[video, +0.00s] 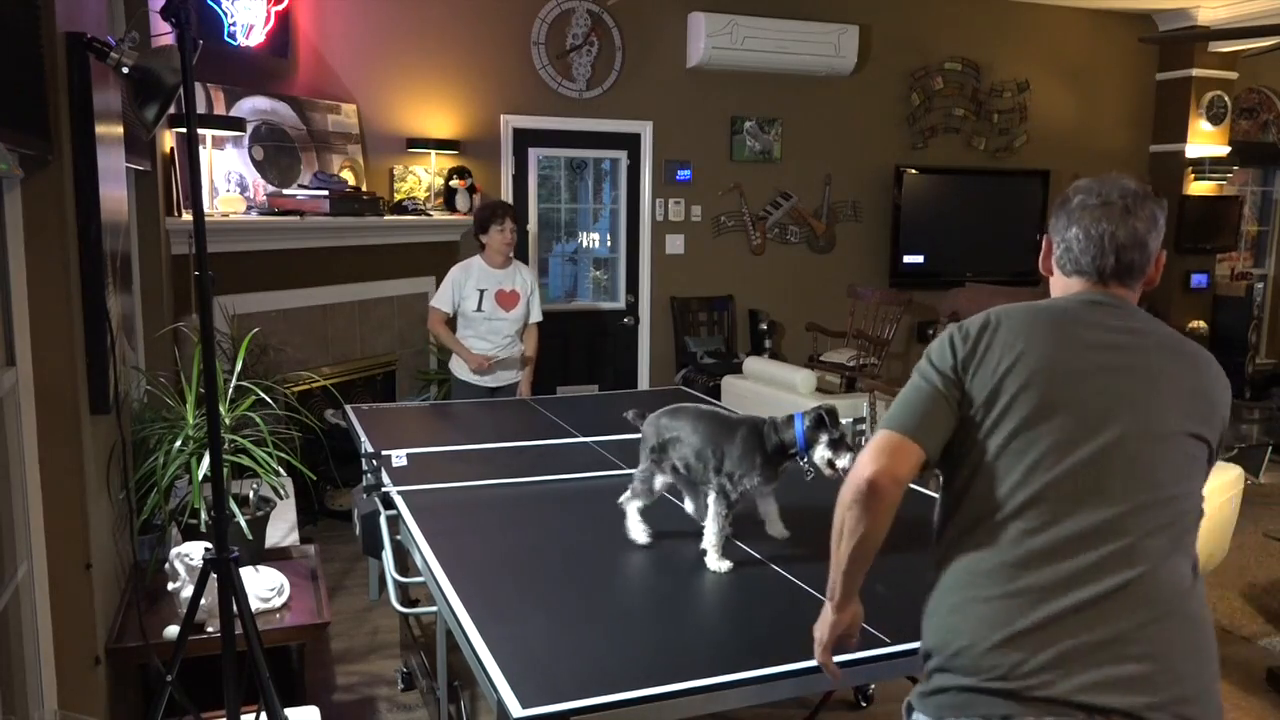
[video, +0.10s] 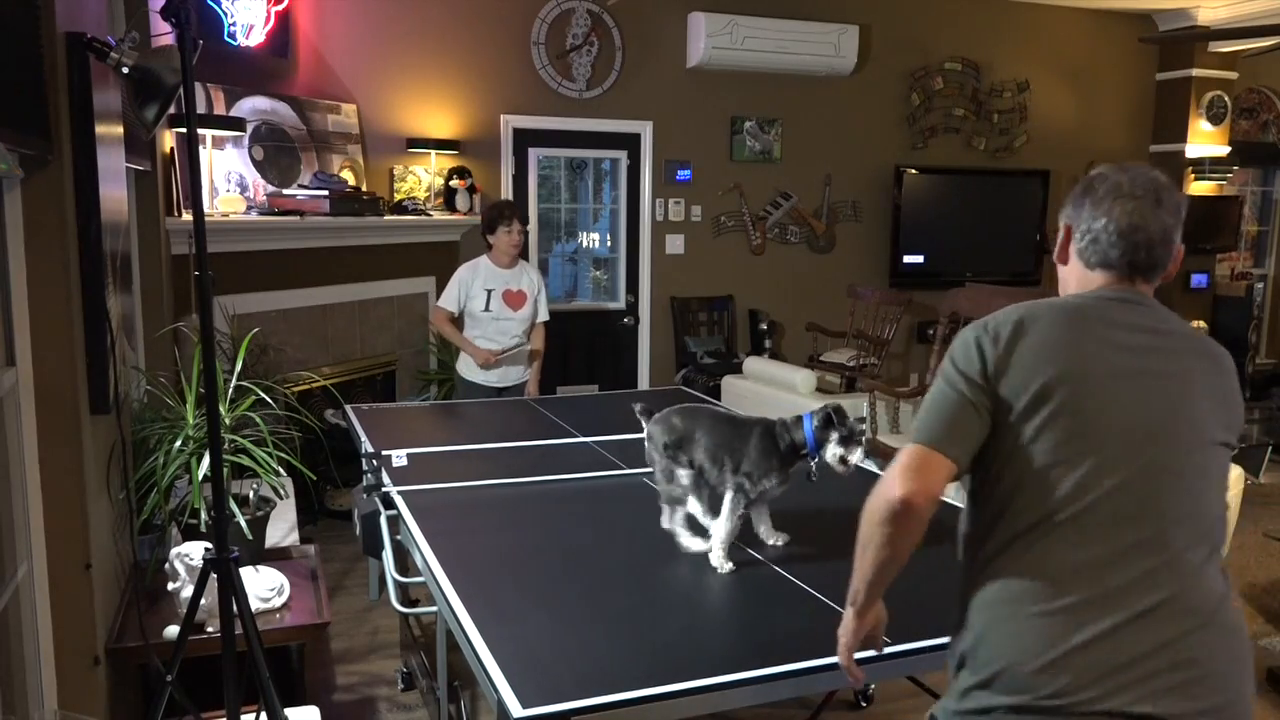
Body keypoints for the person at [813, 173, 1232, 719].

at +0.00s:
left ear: (1046, 256)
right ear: (1155, 269)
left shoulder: (975, 340)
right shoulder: (1206, 376)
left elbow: (875, 476)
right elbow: (1173, 510)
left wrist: (840, 600)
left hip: (983, 689)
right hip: (1163, 698)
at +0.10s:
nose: (1054, 255)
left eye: (1056, 241)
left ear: (1065, 243)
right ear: (1173, 263)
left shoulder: (998, 339)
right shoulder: (1217, 365)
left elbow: (906, 494)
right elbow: (1198, 518)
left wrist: (862, 603)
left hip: (1025, 686)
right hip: (1202, 690)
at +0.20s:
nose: (1068, 242)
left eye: (1072, 224)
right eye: (1071, 224)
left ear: (1089, 227)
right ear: (1193, 251)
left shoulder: (1035, 333)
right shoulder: (1245, 358)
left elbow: (964, 512)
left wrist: (890, 602)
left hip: (1080, 688)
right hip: (1243, 683)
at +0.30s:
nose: (1087, 229)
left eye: (1091, 210)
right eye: (1088, 210)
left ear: (1117, 216)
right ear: (1218, 237)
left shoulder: (1083, 337)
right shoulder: (1267, 343)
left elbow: (1034, 532)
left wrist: (925, 612)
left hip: (1127, 690)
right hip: (1262, 691)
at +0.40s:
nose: (1103, 231)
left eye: (1108, 212)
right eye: (1104, 211)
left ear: (1142, 216)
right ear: (1238, 229)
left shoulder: (1121, 345)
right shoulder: (1271, 330)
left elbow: (1110, 565)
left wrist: (981, 643)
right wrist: (1077, 439)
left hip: (1162, 696)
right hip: (1266, 685)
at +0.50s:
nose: (1110, 231)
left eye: (1117, 212)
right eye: (1113, 212)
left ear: (1156, 216)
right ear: (1245, 222)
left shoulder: (1147, 352)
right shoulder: (1269, 324)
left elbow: (1158, 589)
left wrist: (1032, 665)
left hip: (1196, 700)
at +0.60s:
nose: (1112, 230)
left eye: (1120, 211)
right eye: (1114, 212)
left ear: (1160, 215)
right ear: (1249, 221)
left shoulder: (1155, 362)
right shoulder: (1267, 324)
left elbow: (1168, 609)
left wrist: (1049, 669)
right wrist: (1116, 587)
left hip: (1201, 699)